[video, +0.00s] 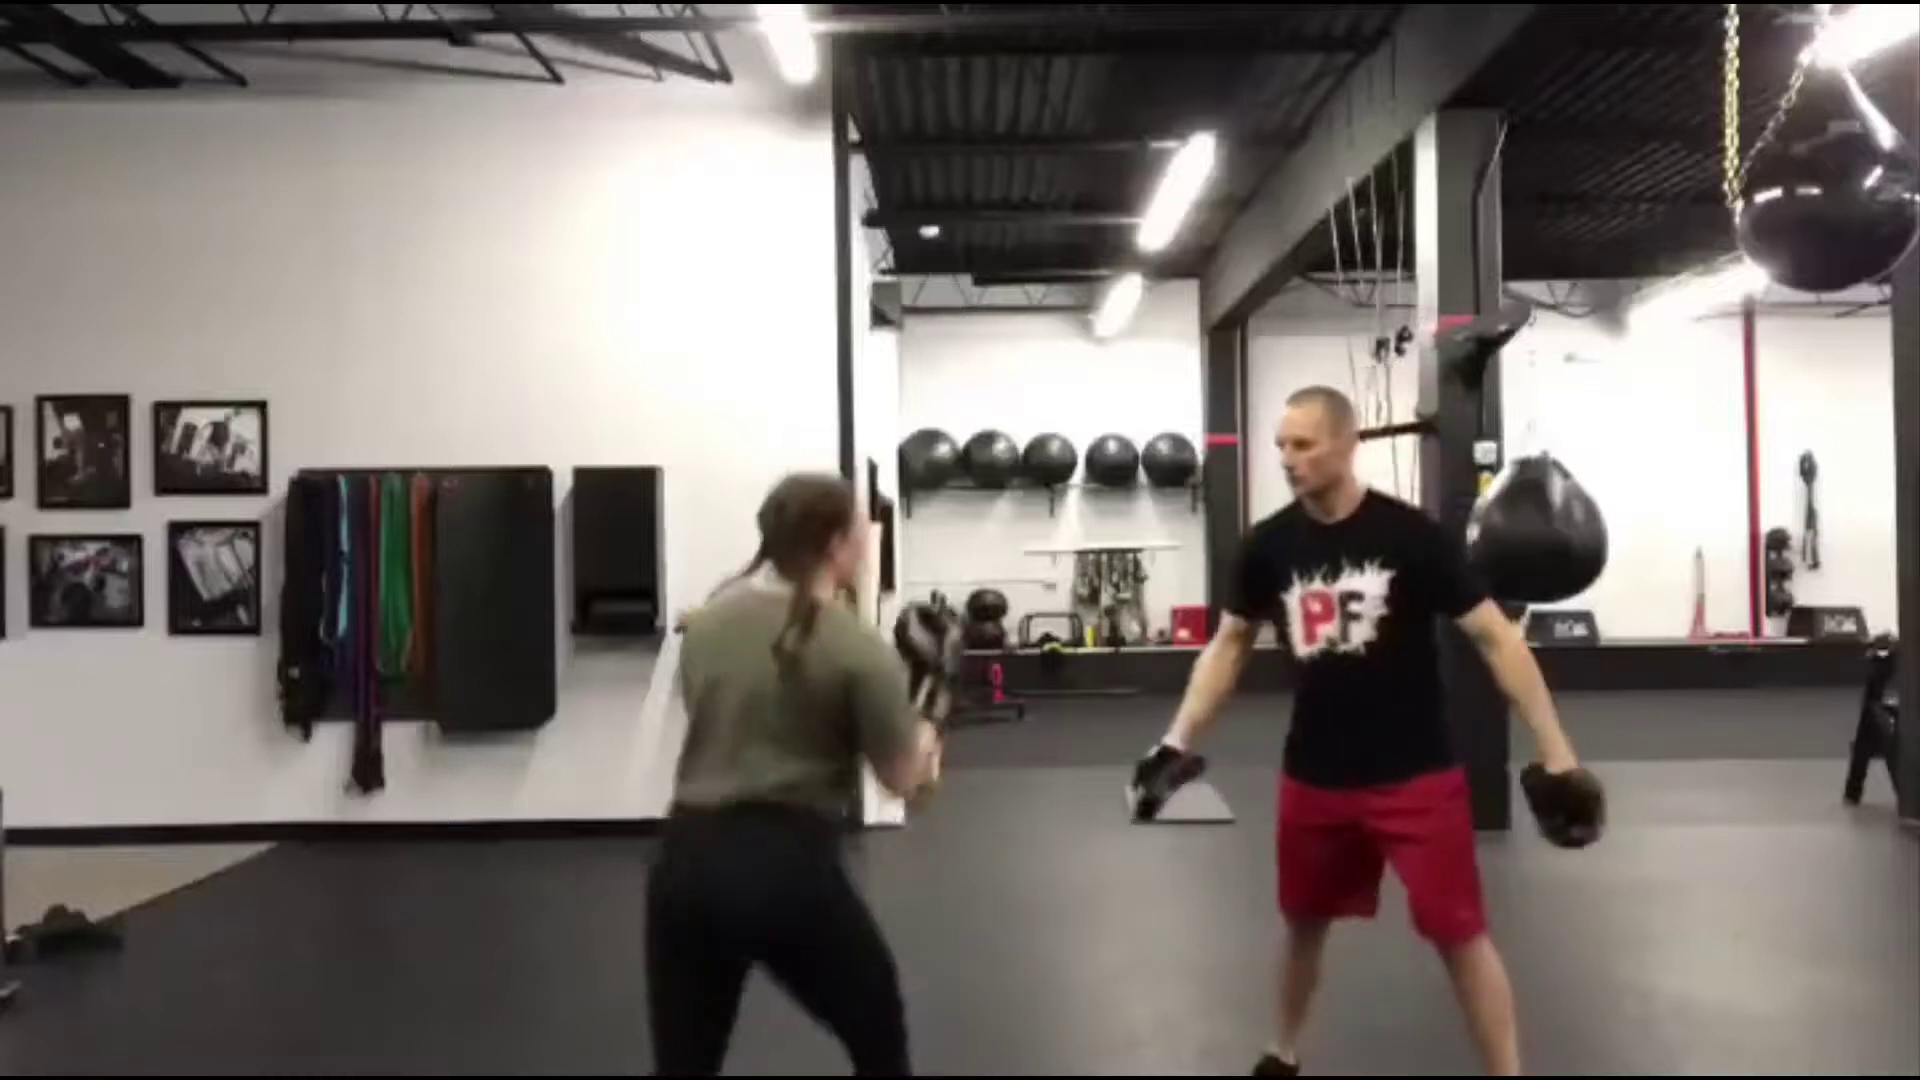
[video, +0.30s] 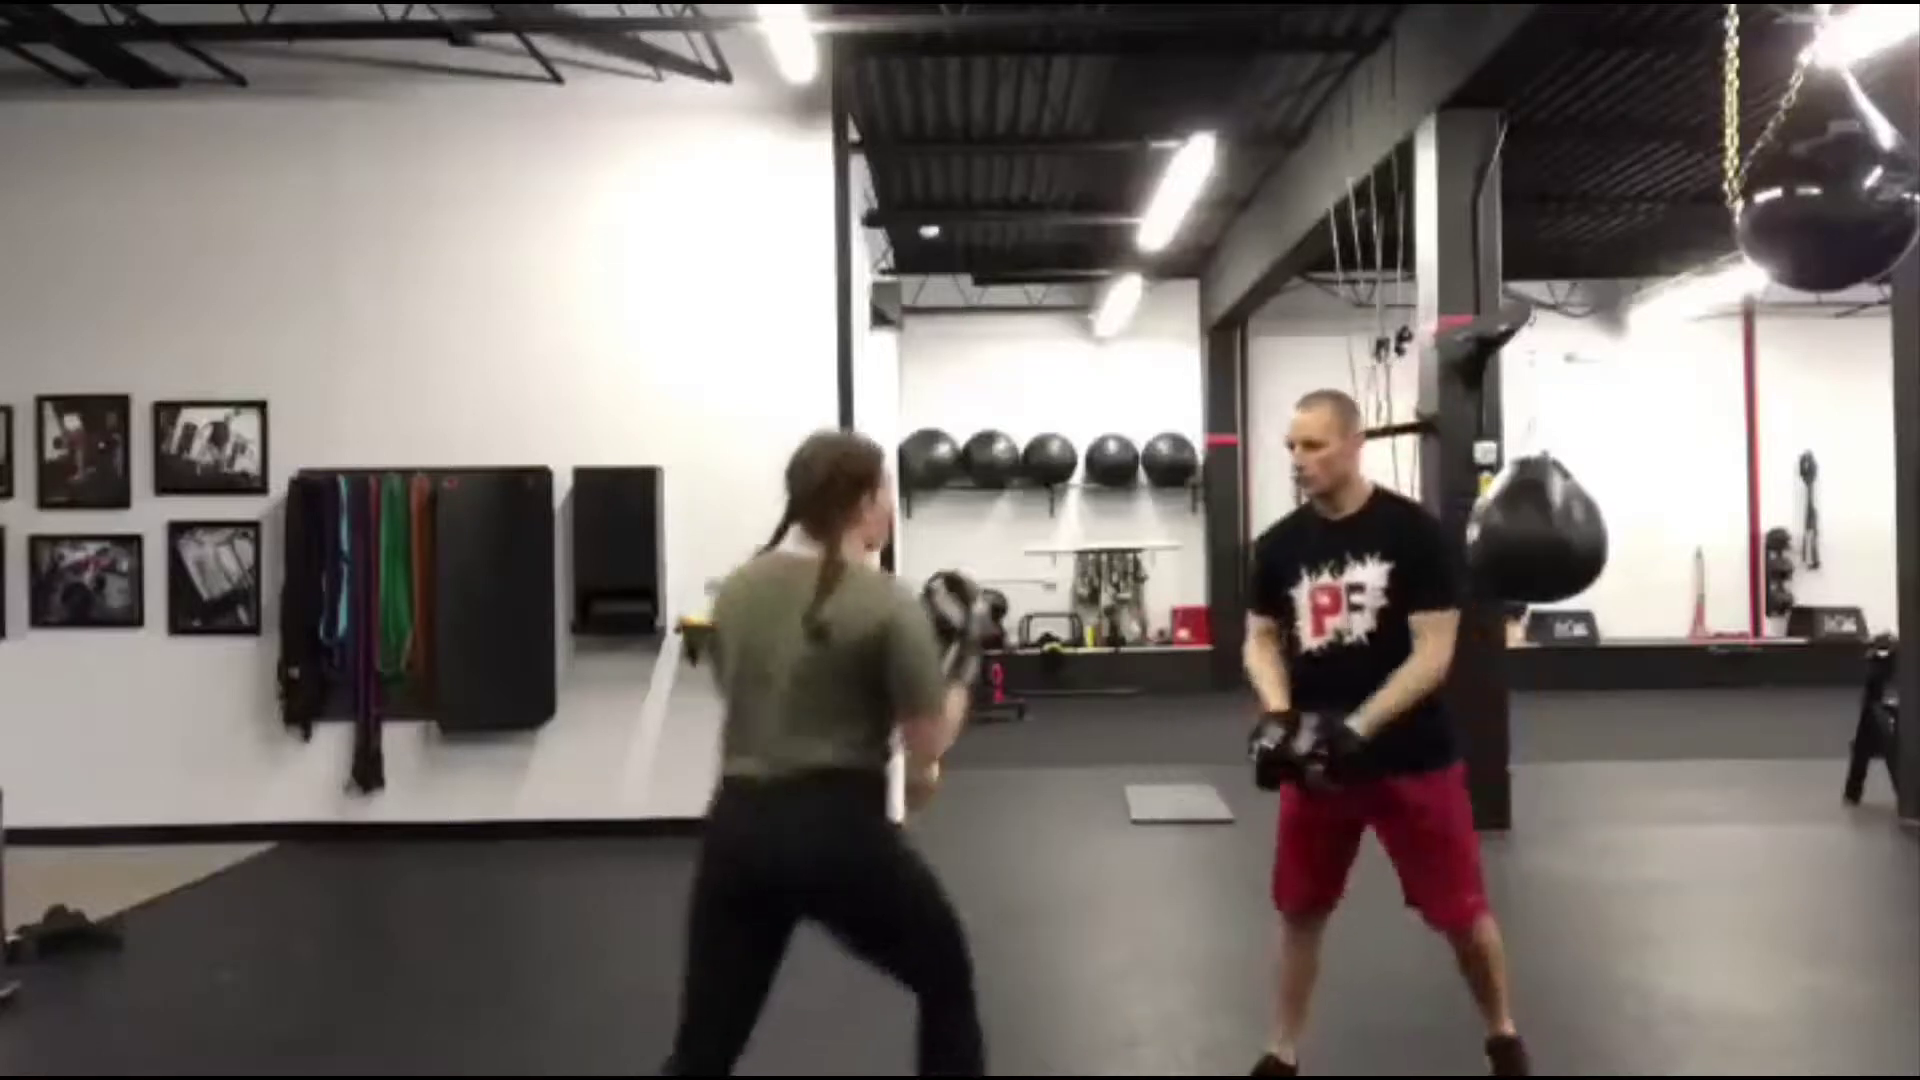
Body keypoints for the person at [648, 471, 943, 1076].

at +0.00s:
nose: (869, 542)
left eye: (866, 528)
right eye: (861, 529)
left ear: (772, 542)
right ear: (835, 545)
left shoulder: (706, 625)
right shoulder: (855, 645)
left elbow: (714, 718)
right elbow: (903, 773)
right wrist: (925, 741)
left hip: (691, 851)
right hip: (791, 861)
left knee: (683, 1060)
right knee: (877, 1035)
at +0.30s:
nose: (891, 507)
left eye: (888, 492)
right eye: (885, 493)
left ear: (799, 502)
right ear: (863, 505)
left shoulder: (739, 588)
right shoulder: (886, 603)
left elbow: (742, 692)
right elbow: (929, 741)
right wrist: (963, 668)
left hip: (741, 829)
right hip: (844, 832)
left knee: (705, 1037)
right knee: (946, 981)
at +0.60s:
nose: (971, 559)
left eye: (967, 546)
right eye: (967, 546)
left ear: (881, 558)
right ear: (953, 559)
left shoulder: (834, 655)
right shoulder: (991, 654)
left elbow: (834, 756)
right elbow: (1035, 787)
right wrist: (1053, 745)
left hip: (865, 881)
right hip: (972, 880)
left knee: (842, 1062)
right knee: (1015, 1057)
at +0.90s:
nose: (967, 520)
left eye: (965, 506)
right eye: (963, 506)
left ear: (878, 507)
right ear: (945, 514)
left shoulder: (814, 598)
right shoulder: (979, 612)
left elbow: (806, 686)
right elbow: (1030, 743)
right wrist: (1040, 683)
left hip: (820, 830)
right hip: (927, 833)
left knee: (810, 1046)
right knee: (990, 1025)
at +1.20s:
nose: (975, 514)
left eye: (972, 499)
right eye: (973, 499)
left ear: (884, 505)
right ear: (958, 508)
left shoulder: (831, 603)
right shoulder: (996, 610)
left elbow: (823, 698)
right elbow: (1047, 739)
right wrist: (1061, 672)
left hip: (851, 848)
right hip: (960, 848)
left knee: (831, 1046)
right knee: (1051, 972)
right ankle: (1062, 1071)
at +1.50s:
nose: (1050, 565)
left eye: (1045, 552)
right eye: (1045, 553)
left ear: (957, 568)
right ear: (1033, 567)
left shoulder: (916, 672)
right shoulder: (1085, 660)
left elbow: (933, 777)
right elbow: (1140, 776)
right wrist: (1125, 701)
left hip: (975, 894)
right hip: (1085, 883)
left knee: (953, 1065)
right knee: (1126, 1059)